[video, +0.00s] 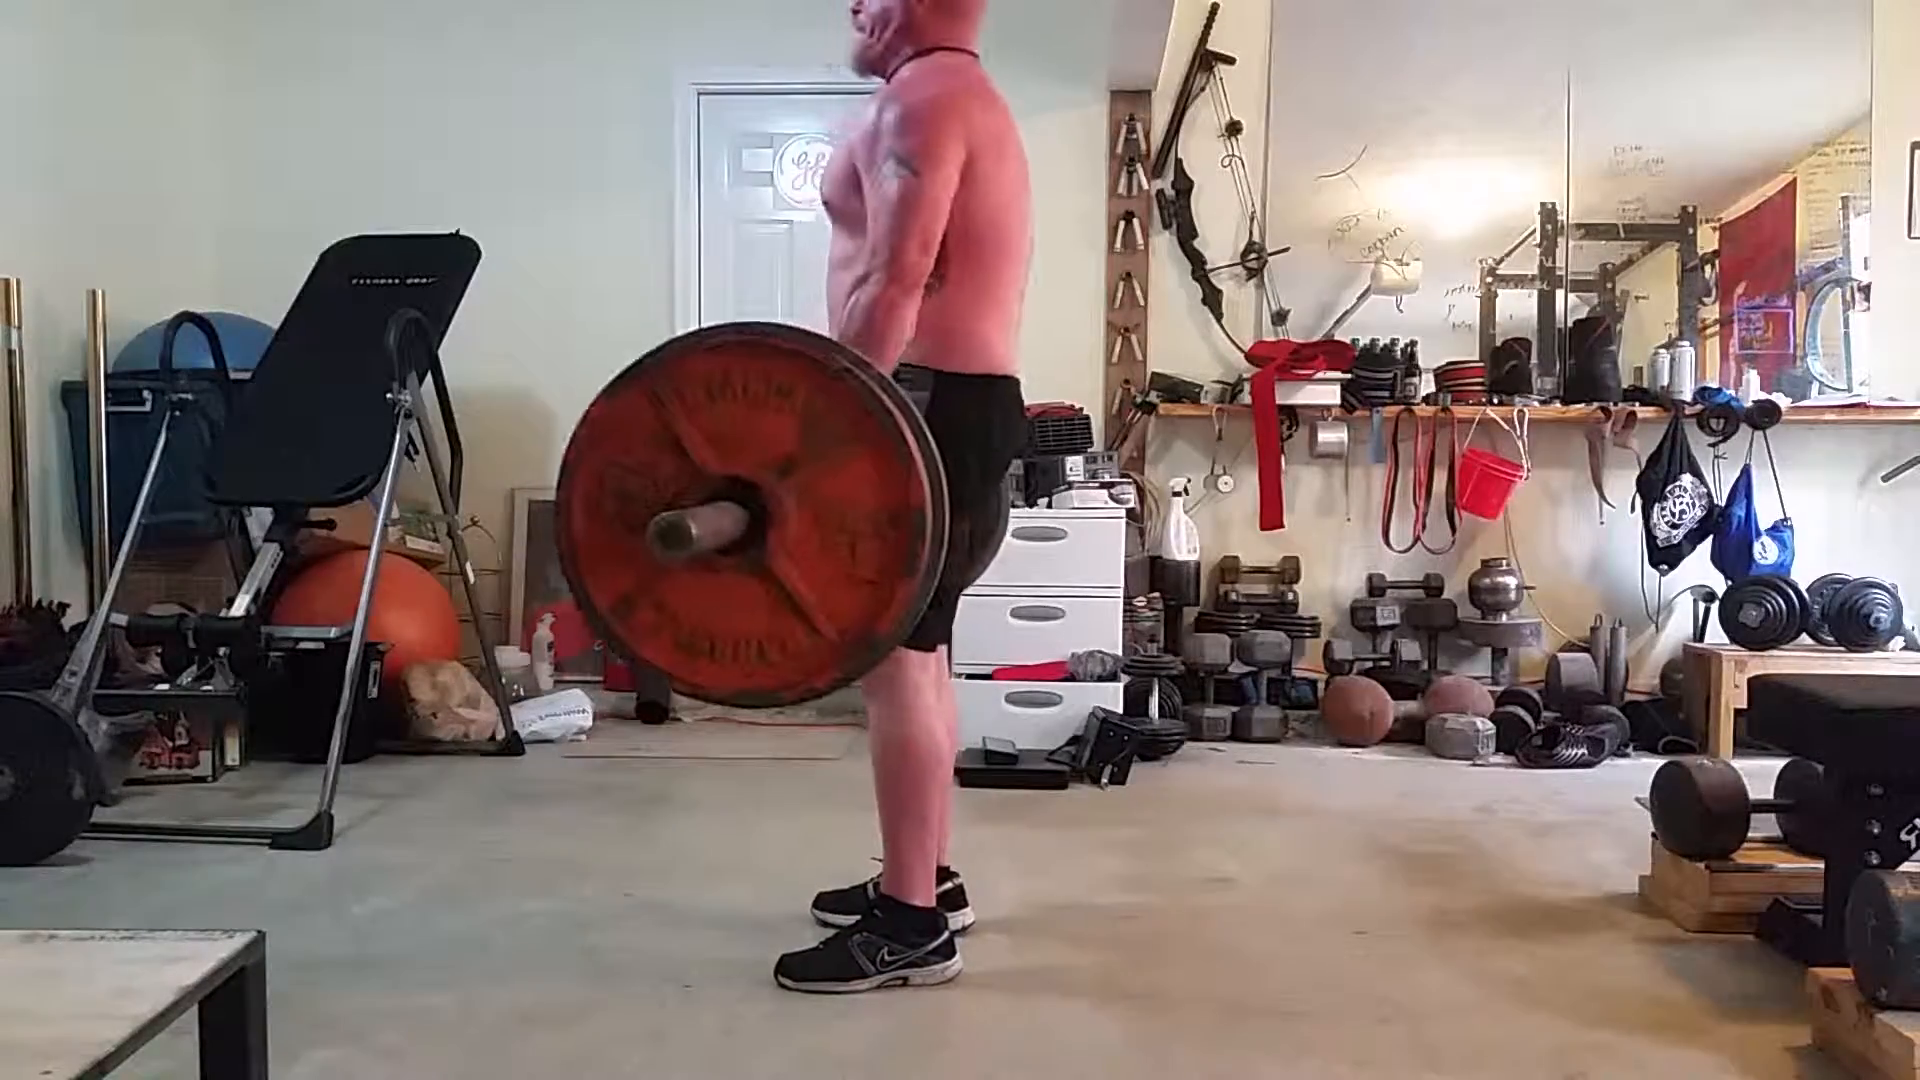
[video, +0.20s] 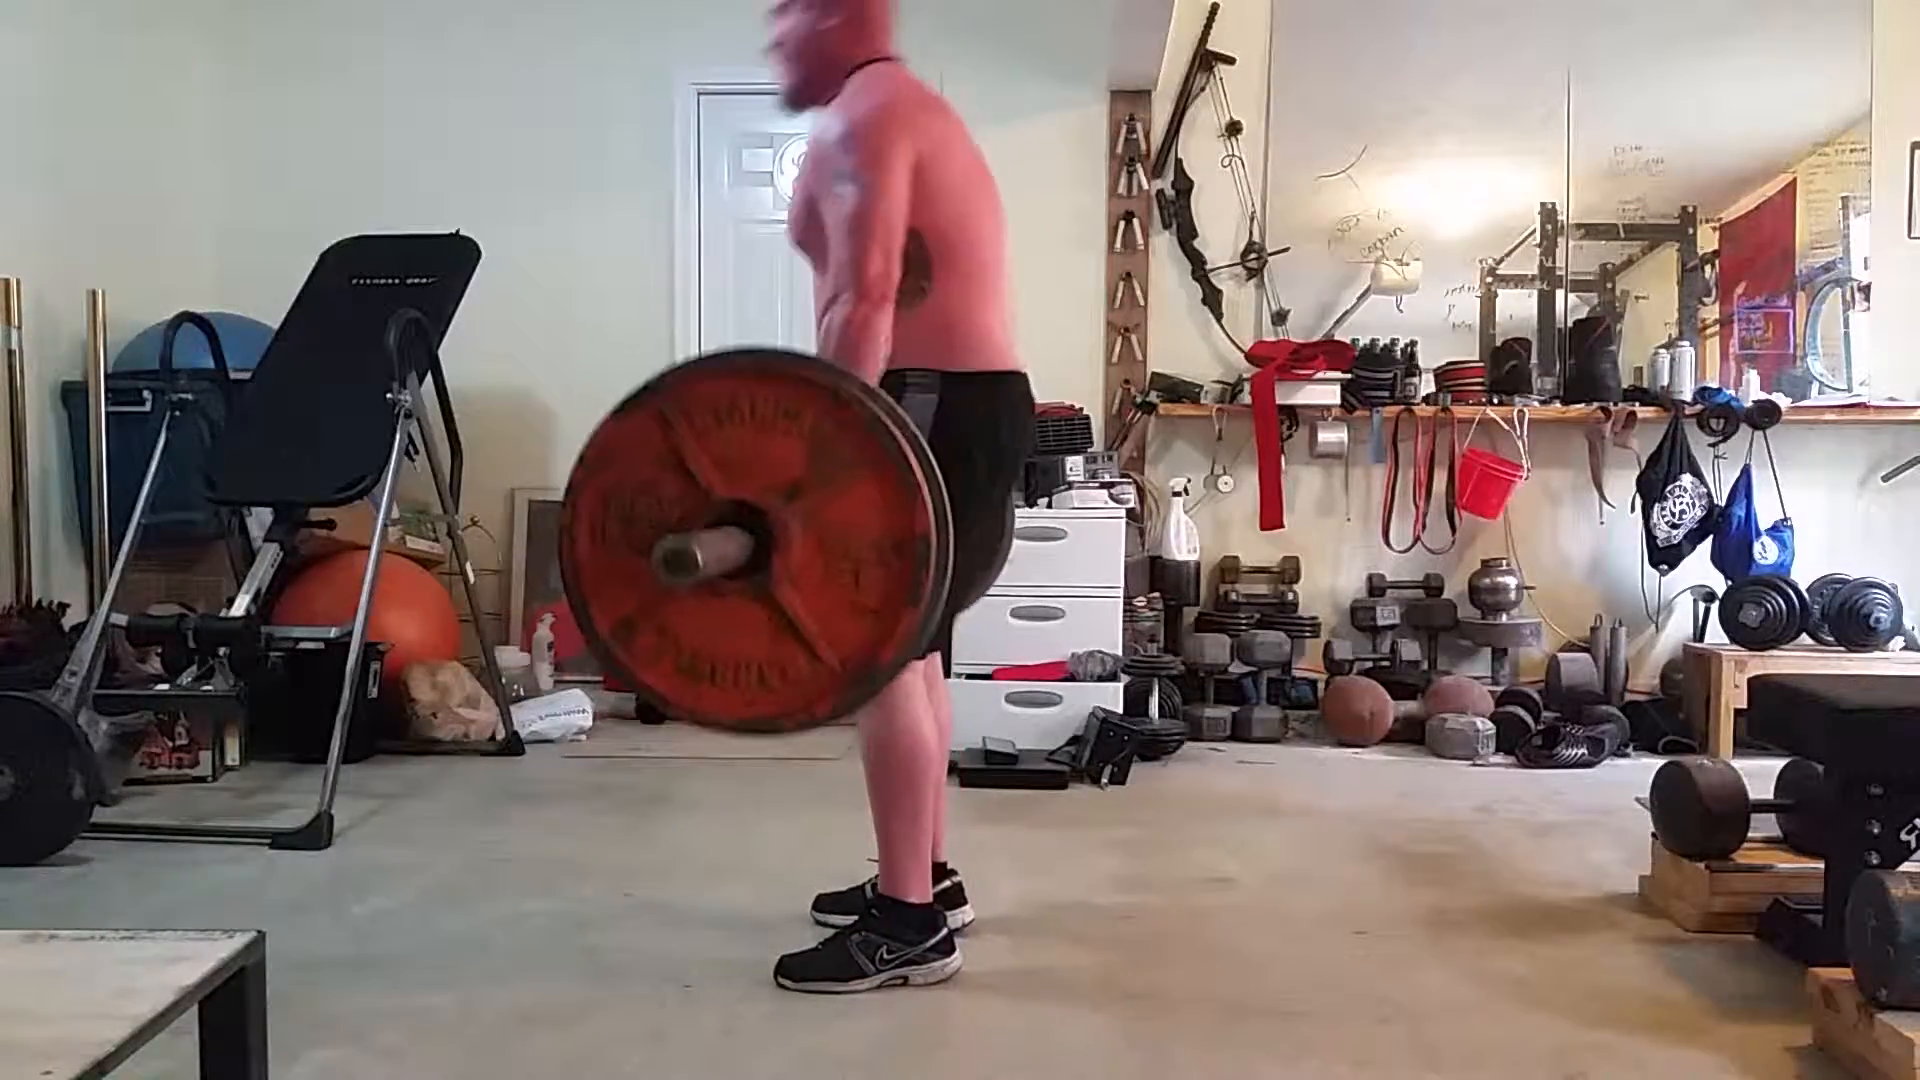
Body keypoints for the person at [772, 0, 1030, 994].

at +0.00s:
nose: (855, 11)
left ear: (913, 8)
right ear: (938, 15)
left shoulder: (928, 90)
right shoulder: (955, 94)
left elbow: (898, 280)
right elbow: (871, 283)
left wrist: (822, 428)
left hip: (933, 404)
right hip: (959, 404)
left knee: (896, 653)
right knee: (915, 650)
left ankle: (909, 919)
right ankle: (925, 880)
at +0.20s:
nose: (771, 35)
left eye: (786, 14)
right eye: (775, 17)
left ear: (838, 17)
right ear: (861, 23)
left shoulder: (864, 116)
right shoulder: (903, 110)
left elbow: (862, 302)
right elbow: (888, 302)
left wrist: (817, 468)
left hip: (933, 406)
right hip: (963, 406)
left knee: (888, 645)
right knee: (910, 644)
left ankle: (906, 919)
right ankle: (923, 876)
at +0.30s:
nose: (714, 100)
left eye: (721, 74)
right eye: (712, 80)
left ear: (776, 56)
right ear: (789, 59)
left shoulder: (831, 144)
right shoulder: (848, 137)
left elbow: (845, 324)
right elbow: (861, 324)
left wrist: (810, 489)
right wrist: (811, 483)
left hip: (949, 402)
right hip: (958, 401)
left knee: (898, 651)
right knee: (909, 649)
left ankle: (909, 917)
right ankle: (920, 878)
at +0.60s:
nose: (652, 268)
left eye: (647, 243)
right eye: (642, 253)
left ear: (684, 198)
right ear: (692, 196)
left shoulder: (769, 259)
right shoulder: (778, 258)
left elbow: (820, 442)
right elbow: (826, 452)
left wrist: (812, 612)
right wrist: (824, 607)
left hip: (985, 416)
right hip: (955, 425)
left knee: (909, 671)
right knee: (913, 664)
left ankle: (908, 916)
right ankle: (923, 878)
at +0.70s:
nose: (650, 313)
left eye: (645, 289)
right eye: (640, 298)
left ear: (681, 244)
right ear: (690, 240)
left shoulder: (765, 295)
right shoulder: (776, 287)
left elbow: (817, 477)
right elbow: (859, 485)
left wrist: (812, 652)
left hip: (998, 422)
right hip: (974, 427)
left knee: (921, 670)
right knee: (912, 667)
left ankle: (908, 918)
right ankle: (917, 880)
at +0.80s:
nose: (651, 352)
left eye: (642, 328)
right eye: (638, 336)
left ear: (673, 280)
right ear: (685, 274)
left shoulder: (762, 331)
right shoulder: (774, 319)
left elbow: (815, 512)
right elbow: (863, 515)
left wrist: (813, 678)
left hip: (1008, 421)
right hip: (1013, 416)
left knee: (905, 664)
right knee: (930, 665)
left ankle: (910, 921)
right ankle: (921, 887)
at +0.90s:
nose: (649, 382)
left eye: (640, 358)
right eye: (635, 366)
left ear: (673, 312)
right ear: (682, 306)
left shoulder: (760, 366)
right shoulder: (780, 341)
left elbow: (812, 539)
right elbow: (861, 529)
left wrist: (816, 705)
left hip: (1009, 428)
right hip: (1032, 415)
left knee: (899, 664)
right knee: (924, 661)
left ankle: (918, 916)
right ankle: (928, 890)